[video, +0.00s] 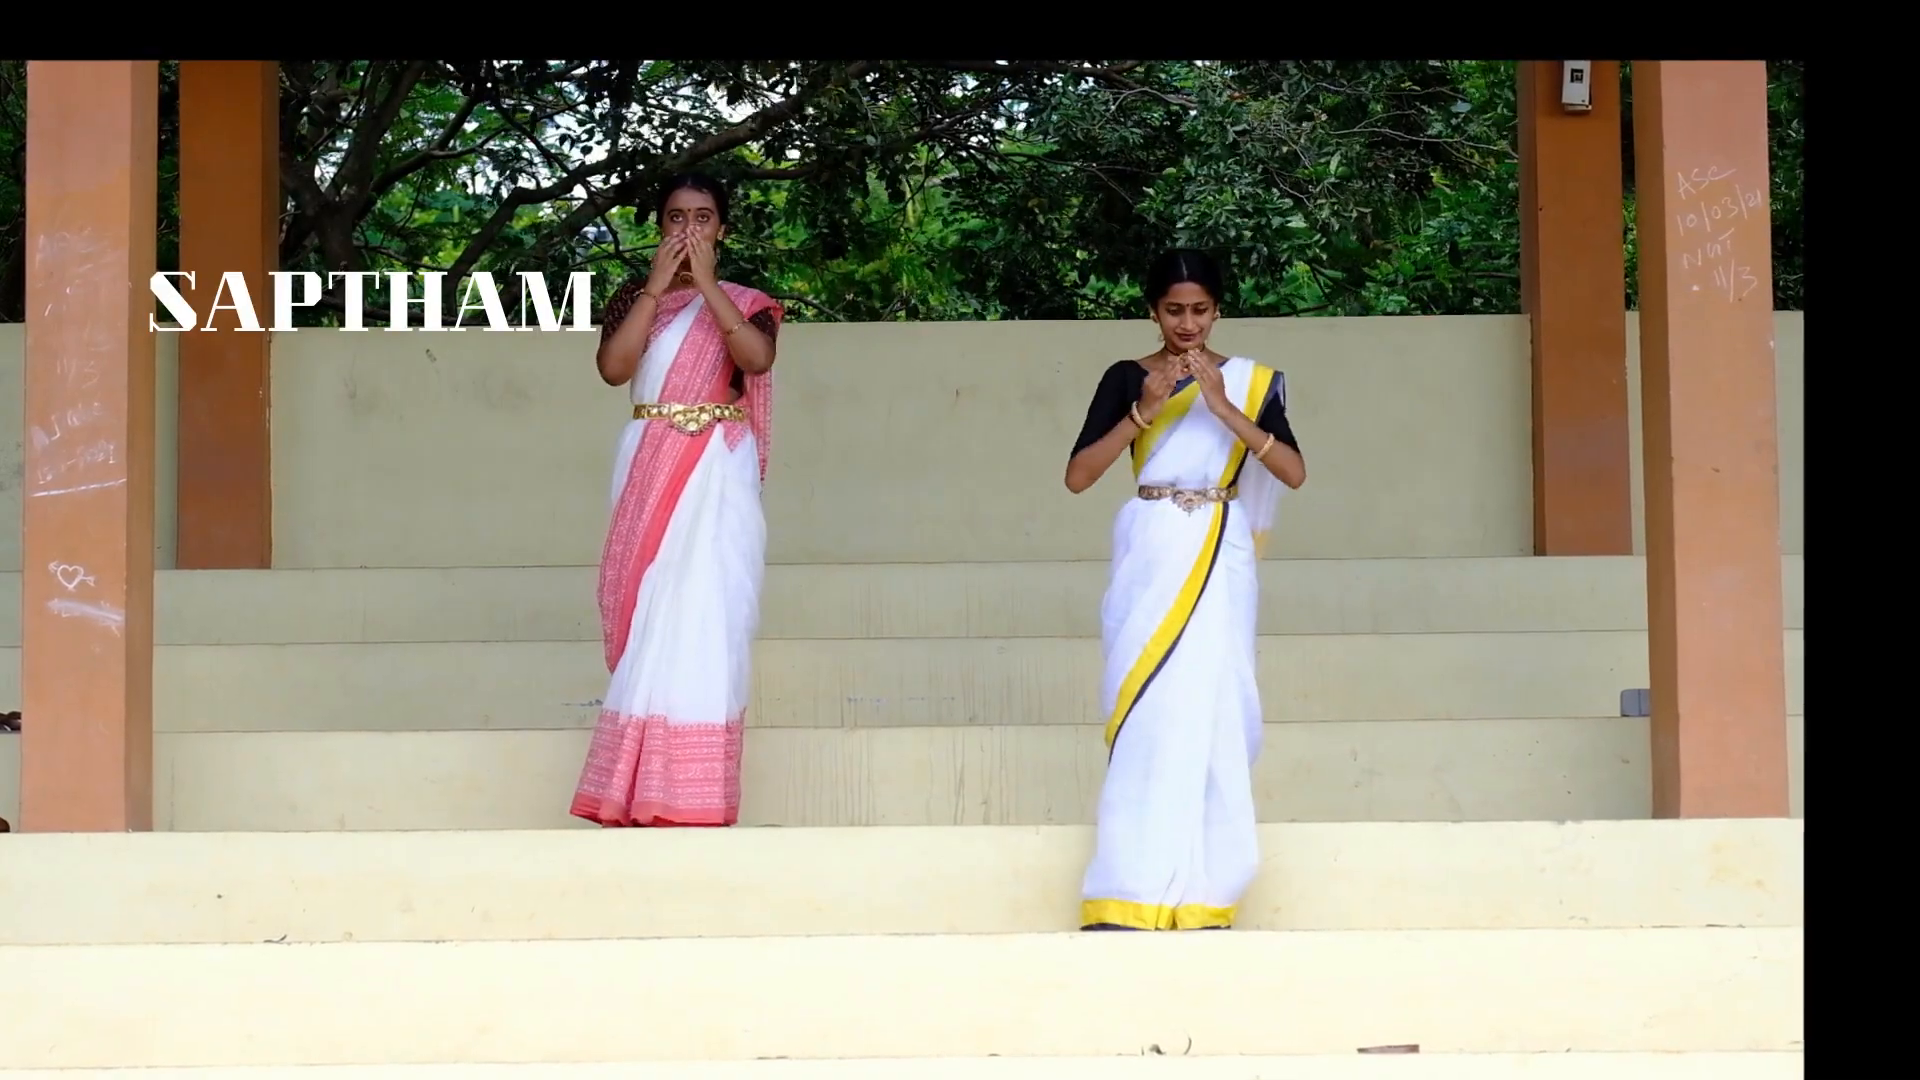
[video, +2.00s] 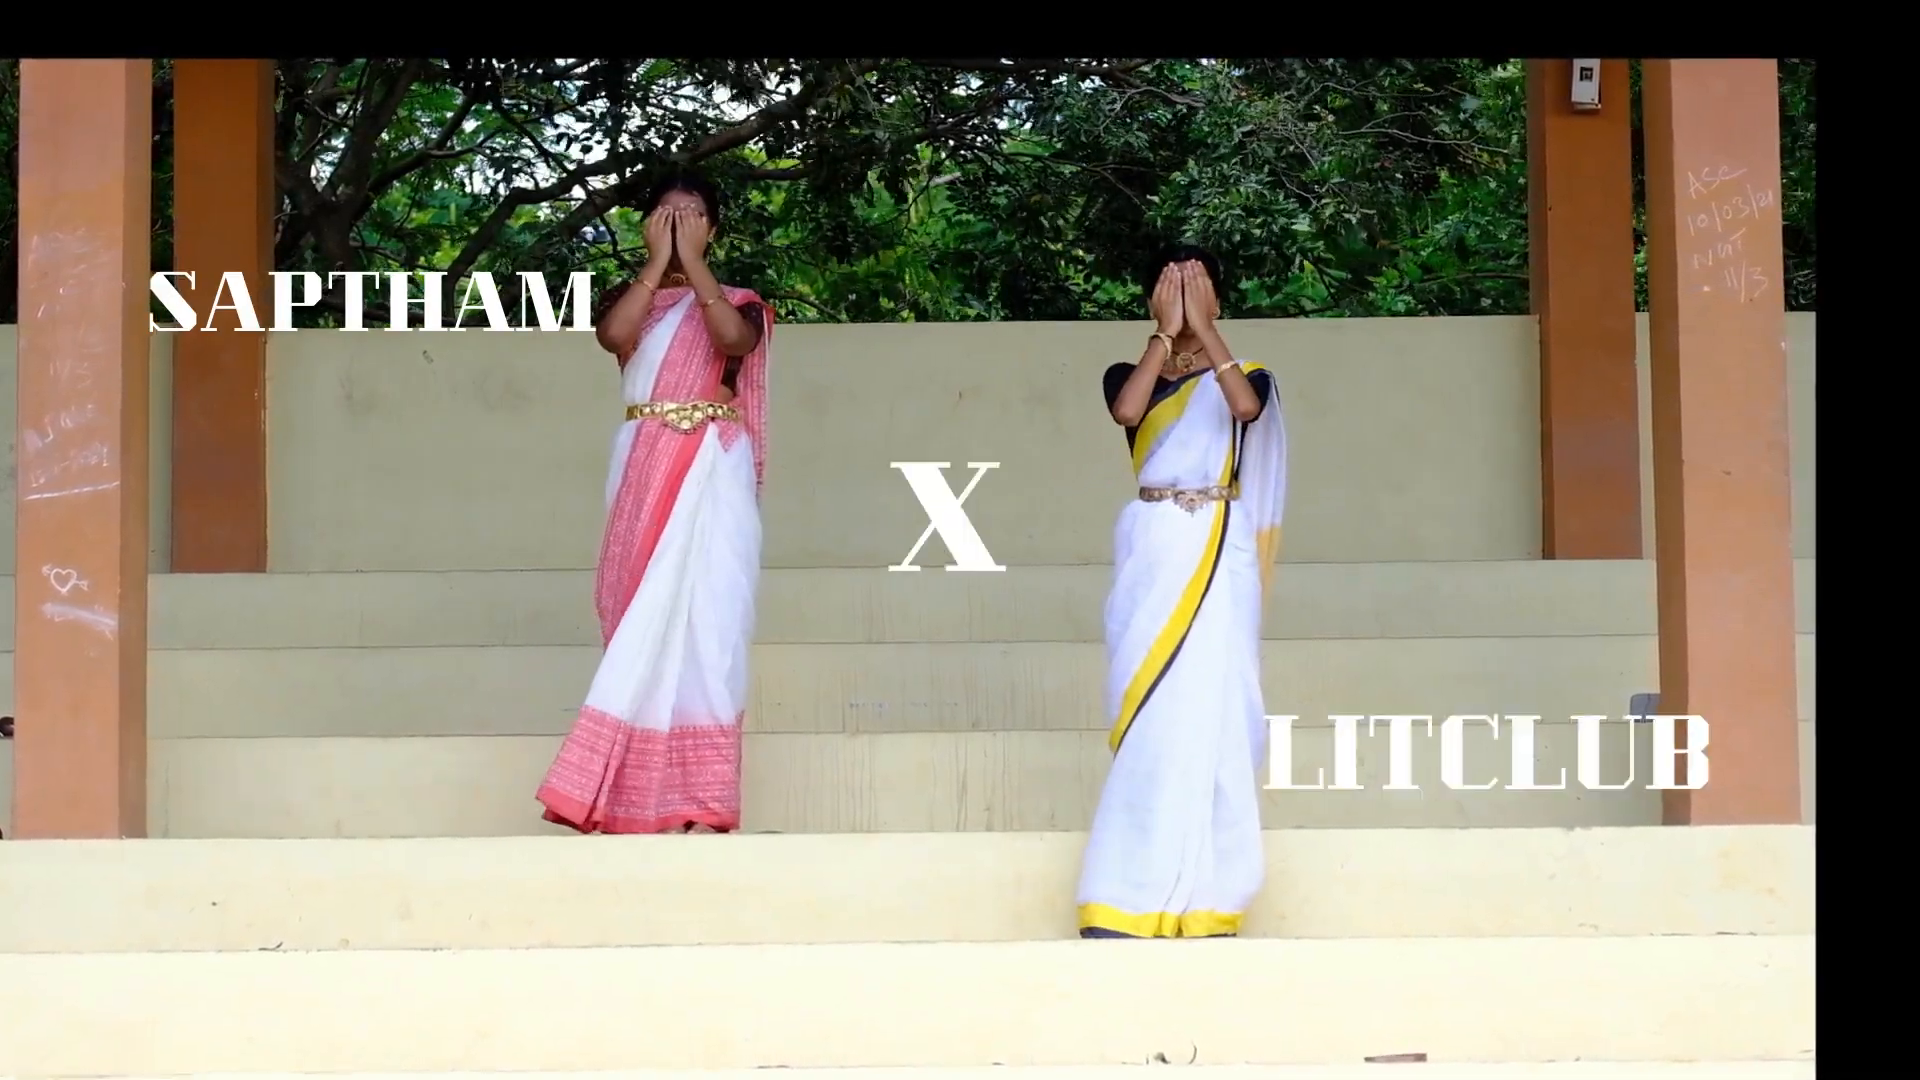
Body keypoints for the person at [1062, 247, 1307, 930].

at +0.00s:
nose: (1188, 322)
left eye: (1200, 310)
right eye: (1175, 310)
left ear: (1217, 312)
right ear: (1155, 312)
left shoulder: (1254, 383)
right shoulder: (1128, 378)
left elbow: (1294, 471)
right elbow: (1077, 476)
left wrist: (1222, 410)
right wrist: (1143, 412)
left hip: (1220, 555)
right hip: (1147, 549)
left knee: (1208, 709)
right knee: (1142, 707)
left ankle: (1201, 887)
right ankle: (1131, 887)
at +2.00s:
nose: (1182, 308)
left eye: (1194, 292)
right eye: (1170, 293)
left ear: (1217, 303)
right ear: (1153, 306)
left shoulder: (1246, 376)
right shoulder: (1135, 378)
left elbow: (1243, 406)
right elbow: (1127, 408)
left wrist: (1205, 324)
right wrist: (1164, 332)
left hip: (1216, 554)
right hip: (1148, 552)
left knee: (1203, 712)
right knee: (1145, 711)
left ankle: (1202, 894)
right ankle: (1136, 893)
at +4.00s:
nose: (1209, 305)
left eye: (1221, 292)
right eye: (1197, 294)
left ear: (1246, 305)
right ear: (1180, 307)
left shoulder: (1269, 381)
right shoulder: (1162, 373)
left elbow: (1263, 422)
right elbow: (1114, 406)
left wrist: (1229, 339)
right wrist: (1157, 333)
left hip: (1224, 562)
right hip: (1154, 557)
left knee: (1215, 723)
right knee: (1153, 720)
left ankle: (1213, 904)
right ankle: (1147, 902)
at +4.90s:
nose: (1202, 320)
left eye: (1215, 309)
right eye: (1189, 308)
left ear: (1230, 315)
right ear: (1165, 313)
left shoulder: (1262, 382)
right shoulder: (1141, 382)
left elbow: (1286, 458)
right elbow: (1136, 457)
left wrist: (1253, 366)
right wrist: (1173, 373)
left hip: (1240, 558)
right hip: (1172, 555)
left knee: (1239, 720)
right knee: (1169, 718)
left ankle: (1238, 905)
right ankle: (1163, 906)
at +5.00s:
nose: (1213, 318)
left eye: (1224, 307)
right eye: (1200, 305)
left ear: (1236, 316)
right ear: (1174, 311)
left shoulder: (1273, 392)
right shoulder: (1145, 389)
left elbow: (1299, 496)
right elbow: (1123, 498)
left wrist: (1265, 448)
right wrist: (1178, 441)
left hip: (1255, 563)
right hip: (1183, 563)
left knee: (1254, 723)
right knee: (1186, 722)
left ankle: (1248, 908)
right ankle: (1175, 908)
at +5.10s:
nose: (1225, 320)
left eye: (1235, 309)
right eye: (1212, 307)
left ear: (1244, 318)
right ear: (1181, 312)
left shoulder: (1271, 400)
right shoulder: (1148, 395)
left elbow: (1299, 498)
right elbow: (1121, 497)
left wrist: (1261, 510)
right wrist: (1132, 520)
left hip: (1266, 572)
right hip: (1193, 570)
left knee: (1284, 722)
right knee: (1248, 726)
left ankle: (1247, 913)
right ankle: (1167, 900)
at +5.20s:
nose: (1235, 316)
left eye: (1243, 305)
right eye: (1221, 303)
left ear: (1250, 316)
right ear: (1188, 310)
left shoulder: (1271, 399)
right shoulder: (1151, 395)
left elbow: (1301, 494)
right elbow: (1115, 488)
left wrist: (1257, 518)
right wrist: (1079, 564)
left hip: (1266, 564)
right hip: (1196, 563)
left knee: (1287, 709)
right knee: (1255, 707)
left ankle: (1250, 895)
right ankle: (1223, 889)